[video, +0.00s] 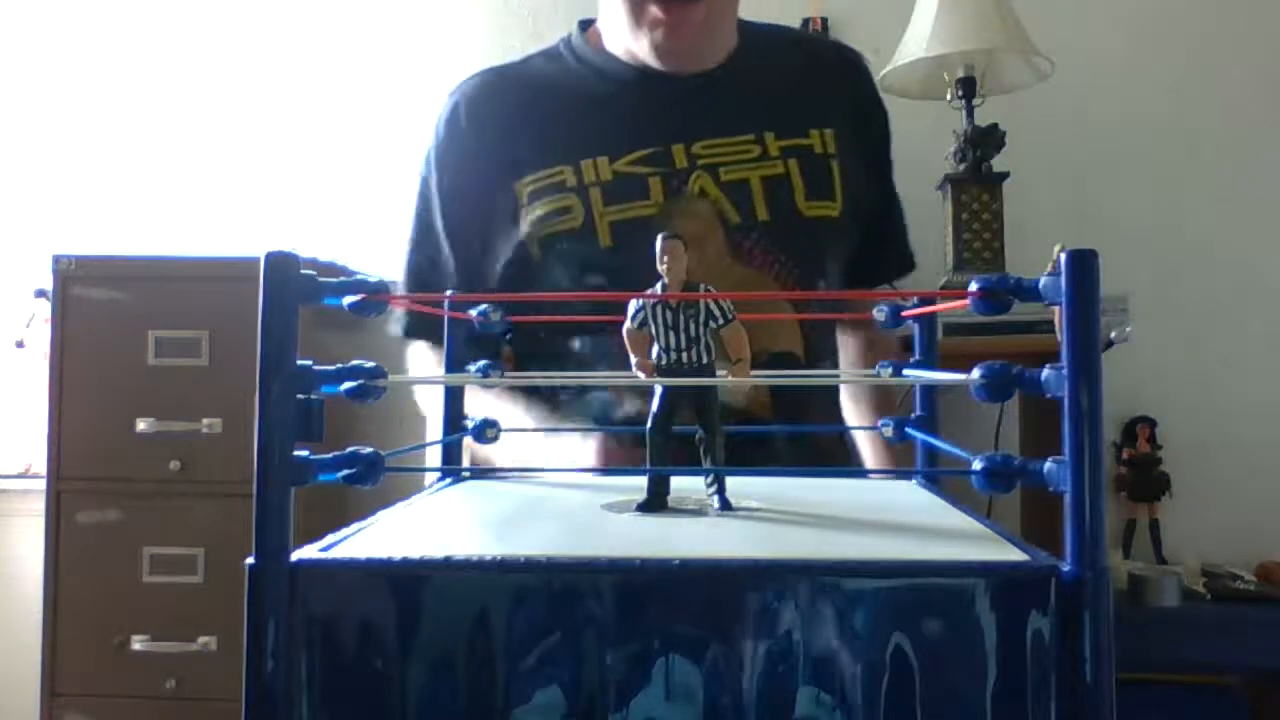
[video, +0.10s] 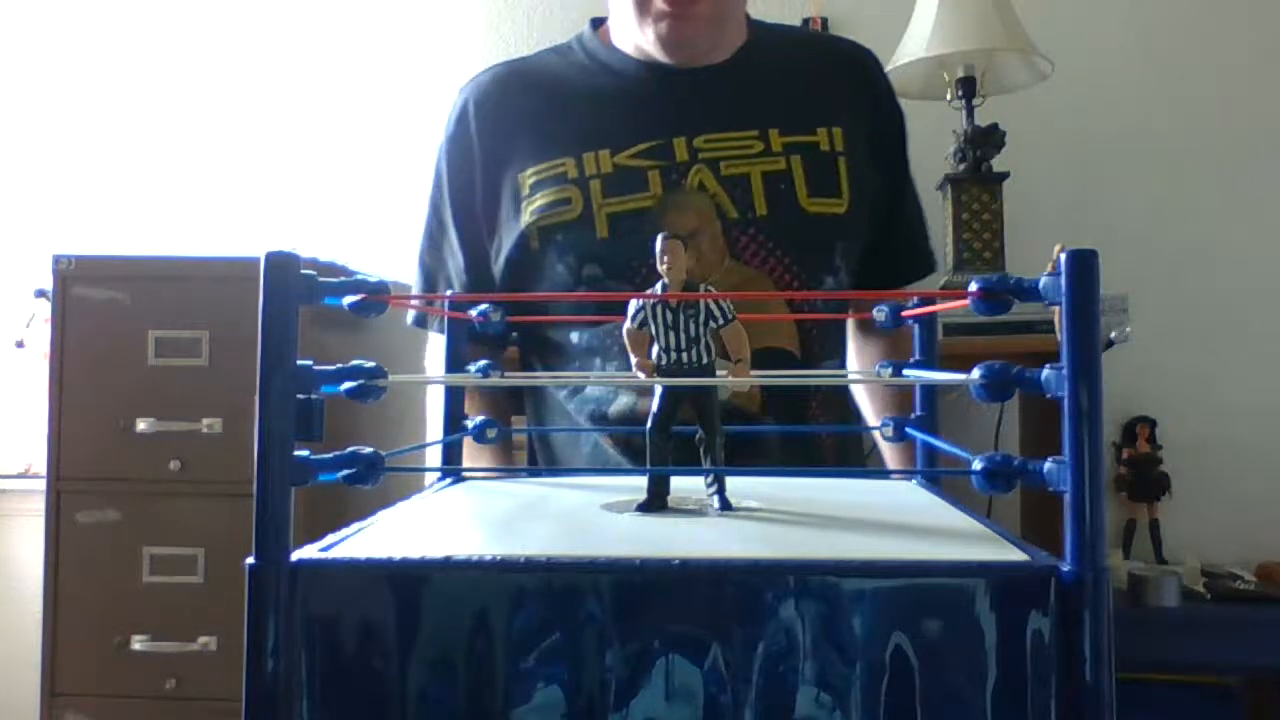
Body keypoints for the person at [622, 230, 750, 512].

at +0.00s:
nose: (666, 262)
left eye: (672, 257)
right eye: (661, 257)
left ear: (686, 259)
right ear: (657, 262)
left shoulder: (705, 296)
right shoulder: (645, 303)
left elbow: (732, 329)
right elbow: (633, 335)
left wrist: (741, 361)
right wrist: (638, 360)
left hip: (701, 371)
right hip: (666, 373)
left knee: (710, 431)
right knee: (655, 429)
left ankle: (718, 492)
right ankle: (656, 494)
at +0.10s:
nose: (666, 261)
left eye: (672, 255)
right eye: (661, 256)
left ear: (687, 260)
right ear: (656, 262)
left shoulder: (706, 296)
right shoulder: (646, 303)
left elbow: (732, 329)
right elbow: (634, 336)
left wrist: (741, 362)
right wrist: (638, 360)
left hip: (702, 373)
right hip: (667, 375)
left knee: (711, 432)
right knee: (655, 430)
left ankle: (718, 492)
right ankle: (657, 494)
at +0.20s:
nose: (667, 262)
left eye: (672, 256)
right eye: (662, 257)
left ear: (687, 260)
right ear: (657, 263)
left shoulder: (706, 296)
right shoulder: (646, 302)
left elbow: (731, 328)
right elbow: (633, 334)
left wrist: (741, 361)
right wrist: (638, 359)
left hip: (702, 373)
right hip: (667, 375)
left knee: (711, 432)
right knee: (655, 430)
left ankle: (718, 492)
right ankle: (657, 494)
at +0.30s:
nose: (667, 261)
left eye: (672, 255)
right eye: (662, 256)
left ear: (686, 259)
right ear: (657, 263)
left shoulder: (706, 296)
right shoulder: (646, 302)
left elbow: (731, 328)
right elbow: (631, 332)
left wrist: (741, 361)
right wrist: (638, 358)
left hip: (702, 373)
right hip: (667, 375)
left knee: (711, 432)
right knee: (655, 430)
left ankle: (718, 493)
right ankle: (656, 495)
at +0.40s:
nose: (666, 260)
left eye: (672, 255)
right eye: (662, 256)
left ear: (685, 258)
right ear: (657, 262)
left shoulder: (706, 296)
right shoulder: (646, 302)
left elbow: (731, 329)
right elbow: (632, 332)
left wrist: (741, 361)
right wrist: (637, 358)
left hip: (702, 373)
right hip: (667, 375)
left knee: (711, 432)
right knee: (656, 430)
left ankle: (718, 493)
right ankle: (657, 495)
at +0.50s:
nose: (667, 261)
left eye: (672, 255)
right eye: (662, 256)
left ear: (686, 258)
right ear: (657, 263)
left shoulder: (706, 296)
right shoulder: (646, 302)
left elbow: (732, 329)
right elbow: (632, 332)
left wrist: (742, 361)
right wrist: (637, 358)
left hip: (702, 373)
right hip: (667, 375)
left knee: (711, 432)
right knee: (656, 430)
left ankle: (718, 493)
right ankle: (657, 495)